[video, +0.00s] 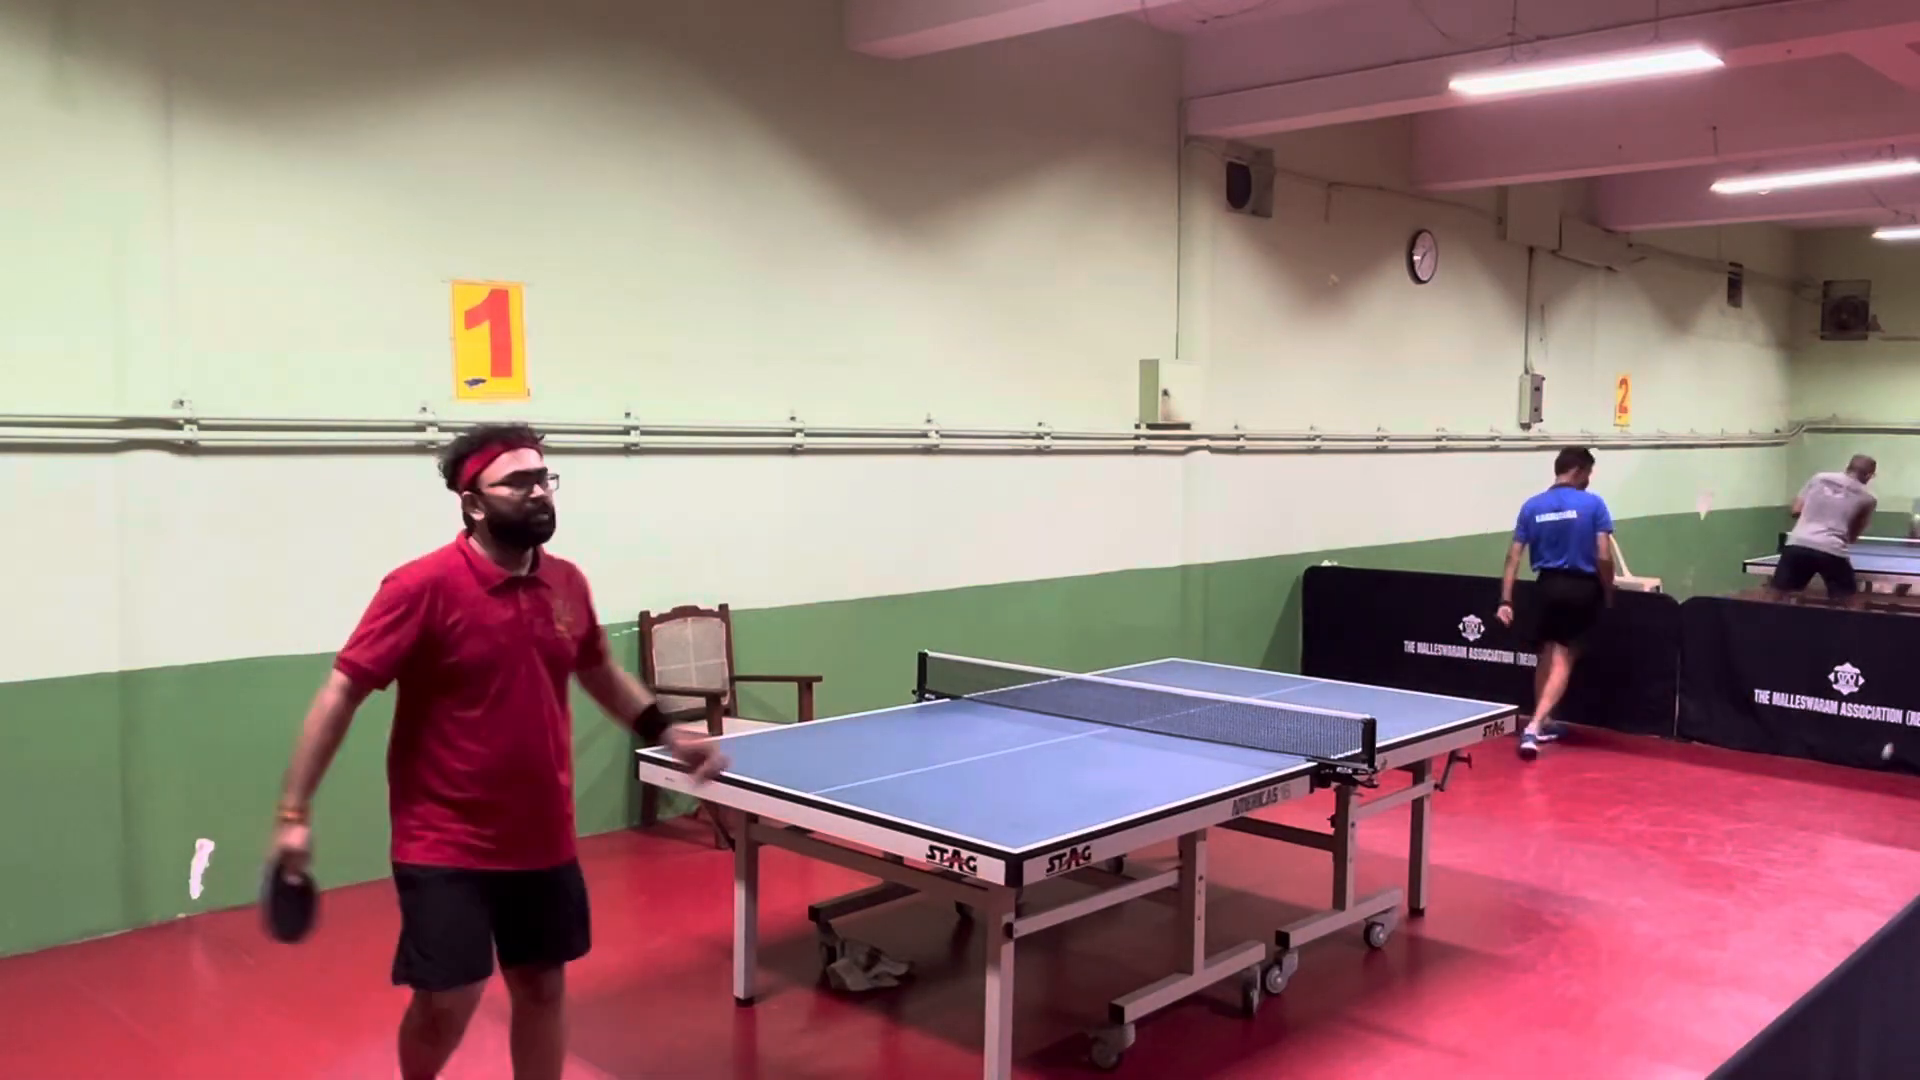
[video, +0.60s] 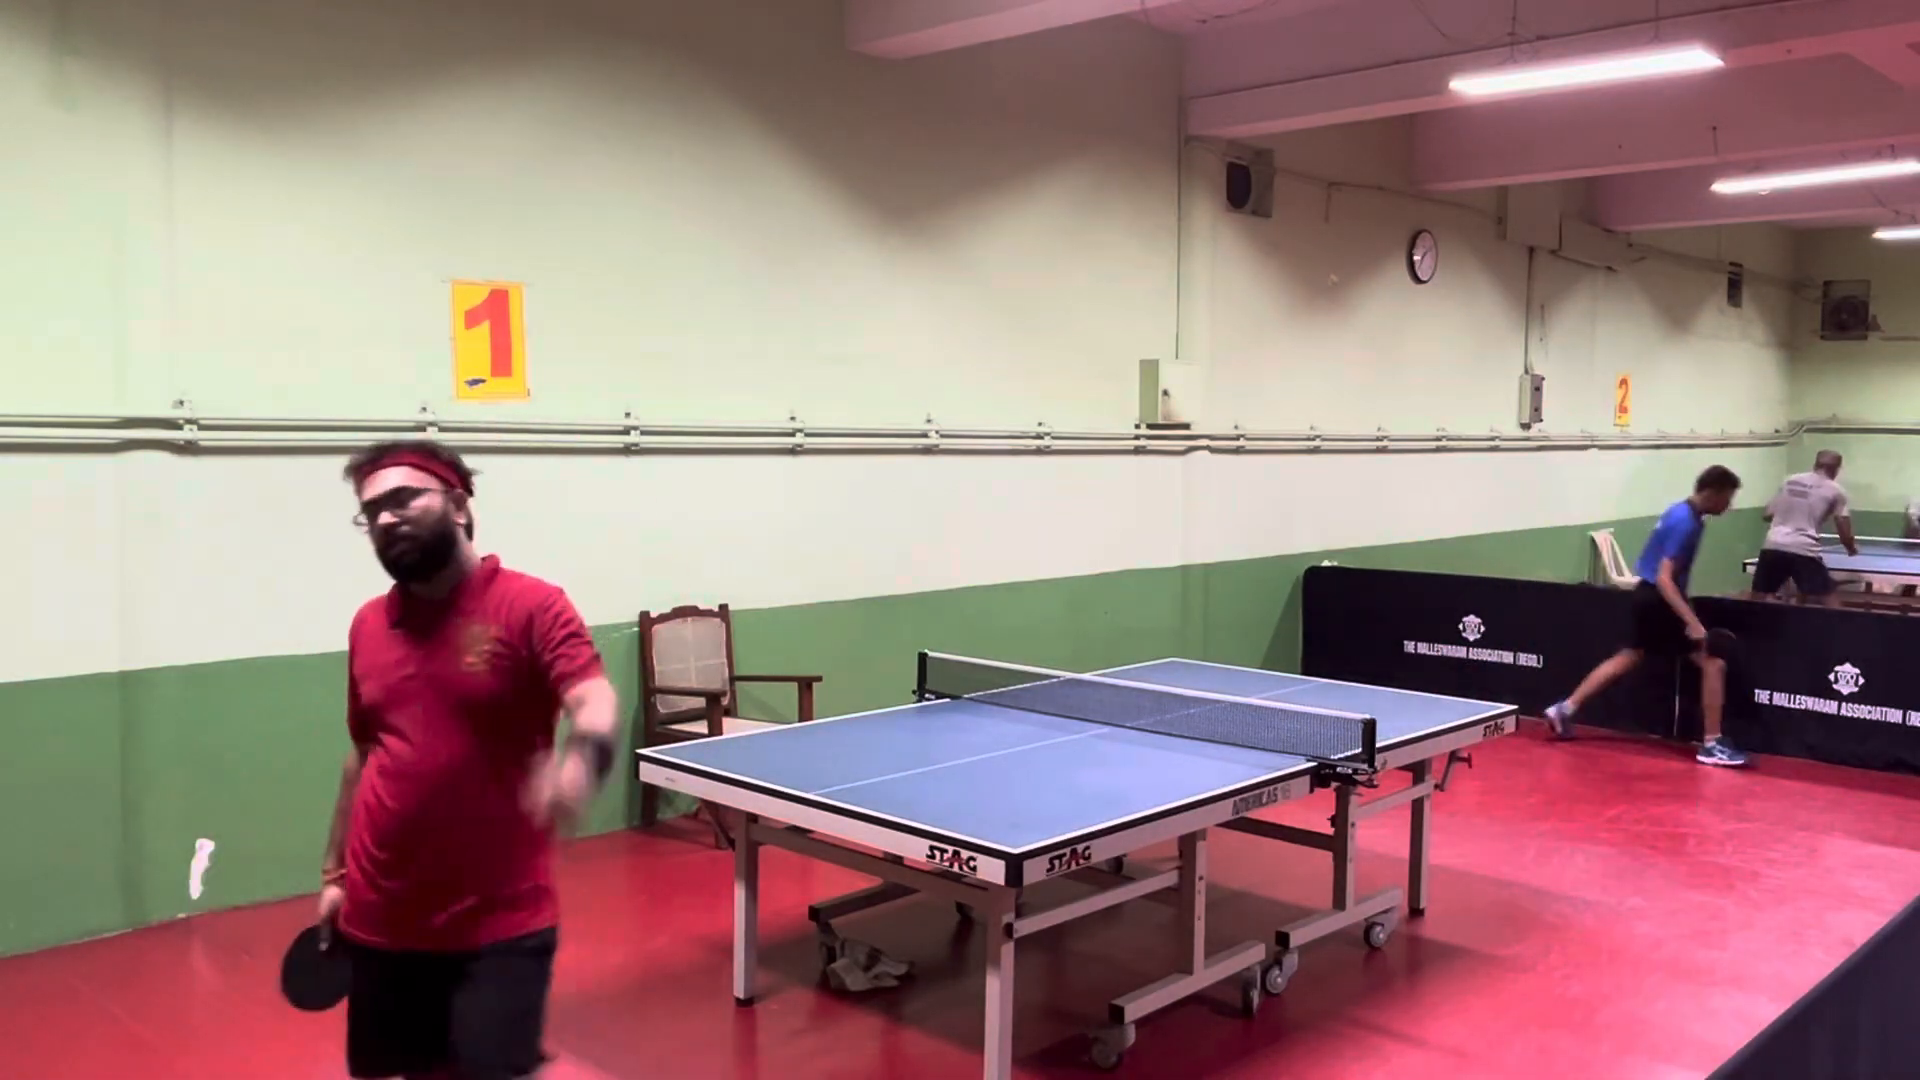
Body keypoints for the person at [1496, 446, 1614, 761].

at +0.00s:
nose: (1590, 480)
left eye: (1589, 474)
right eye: (1589, 474)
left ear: (1559, 472)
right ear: (1580, 472)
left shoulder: (1532, 505)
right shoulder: (1594, 503)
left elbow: (1514, 556)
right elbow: (1603, 555)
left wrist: (1505, 601)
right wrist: (1608, 589)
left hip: (1546, 587)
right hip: (1583, 587)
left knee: (1546, 655)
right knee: (1562, 657)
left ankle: (1541, 722)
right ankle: (1533, 727)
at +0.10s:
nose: (1600, 485)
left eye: (1600, 479)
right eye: (1598, 478)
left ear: (1570, 476)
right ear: (1586, 476)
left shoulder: (1541, 511)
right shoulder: (1598, 507)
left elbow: (1522, 562)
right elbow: (1605, 557)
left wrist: (1516, 605)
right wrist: (1625, 605)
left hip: (1554, 592)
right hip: (1589, 593)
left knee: (1562, 653)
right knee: (1597, 663)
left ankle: (1545, 722)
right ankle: (1540, 714)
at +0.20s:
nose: (1616, 482)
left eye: (1617, 476)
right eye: (1614, 475)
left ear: (1588, 472)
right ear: (1600, 472)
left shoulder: (1558, 504)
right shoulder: (1607, 503)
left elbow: (1544, 556)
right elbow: (1613, 555)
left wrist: (1539, 601)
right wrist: (1635, 602)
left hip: (1564, 587)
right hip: (1598, 588)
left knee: (1569, 650)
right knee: (1630, 655)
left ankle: (1546, 722)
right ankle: (1568, 706)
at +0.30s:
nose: (1637, 482)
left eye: (1638, 476)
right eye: (1635, 475)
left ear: (1609, 470)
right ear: (1622, 471)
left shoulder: (1581, 499)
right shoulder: (1618, 502)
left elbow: (1570, 555)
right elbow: (1618, 555)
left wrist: (1574, 587)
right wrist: (1643, 596)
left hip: (1580, 583)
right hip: (1608, 585)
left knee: (1571, 650)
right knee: (1655, 651)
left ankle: (1545, 721)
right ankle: (1612, 716)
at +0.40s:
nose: (1661, 490)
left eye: (1663, 483)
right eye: (1660, 483)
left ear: (1634, 475)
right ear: (1647, 478)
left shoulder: (1610, 501)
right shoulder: (1632, 509)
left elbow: (1597, 552)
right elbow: (1625, 562)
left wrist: (1640, 586)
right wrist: (1655, 601)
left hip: (1593, 585)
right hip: (1617, 590)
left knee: (1580, 649)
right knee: (1672, 653)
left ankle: (1546, 720)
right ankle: (1666, 732)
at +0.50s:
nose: (1692, 499)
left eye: (1694, 492)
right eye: (1690, 492)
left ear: (1670, 486)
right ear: (1675, 487)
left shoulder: (1648, 508)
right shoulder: (1654, 515)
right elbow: (1642, 572)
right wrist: (1672, 610)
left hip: (1616, 593)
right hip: (1634, 597)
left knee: (1594, 654)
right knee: (1690, 659)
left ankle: (1550, 717)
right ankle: (1705, 740)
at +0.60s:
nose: (1728, 506)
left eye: (1730, 499)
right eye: (1727, 498)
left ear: (1705, 491)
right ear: (1711, 493)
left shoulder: (1683, 513)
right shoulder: (1686, 521)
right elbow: (1664, 579)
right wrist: (1691, 621)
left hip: (1646, 596)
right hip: (1661, 601)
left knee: (1631, 655)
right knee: (1713, 663)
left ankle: (1565, 709)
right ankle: (1712, 744)